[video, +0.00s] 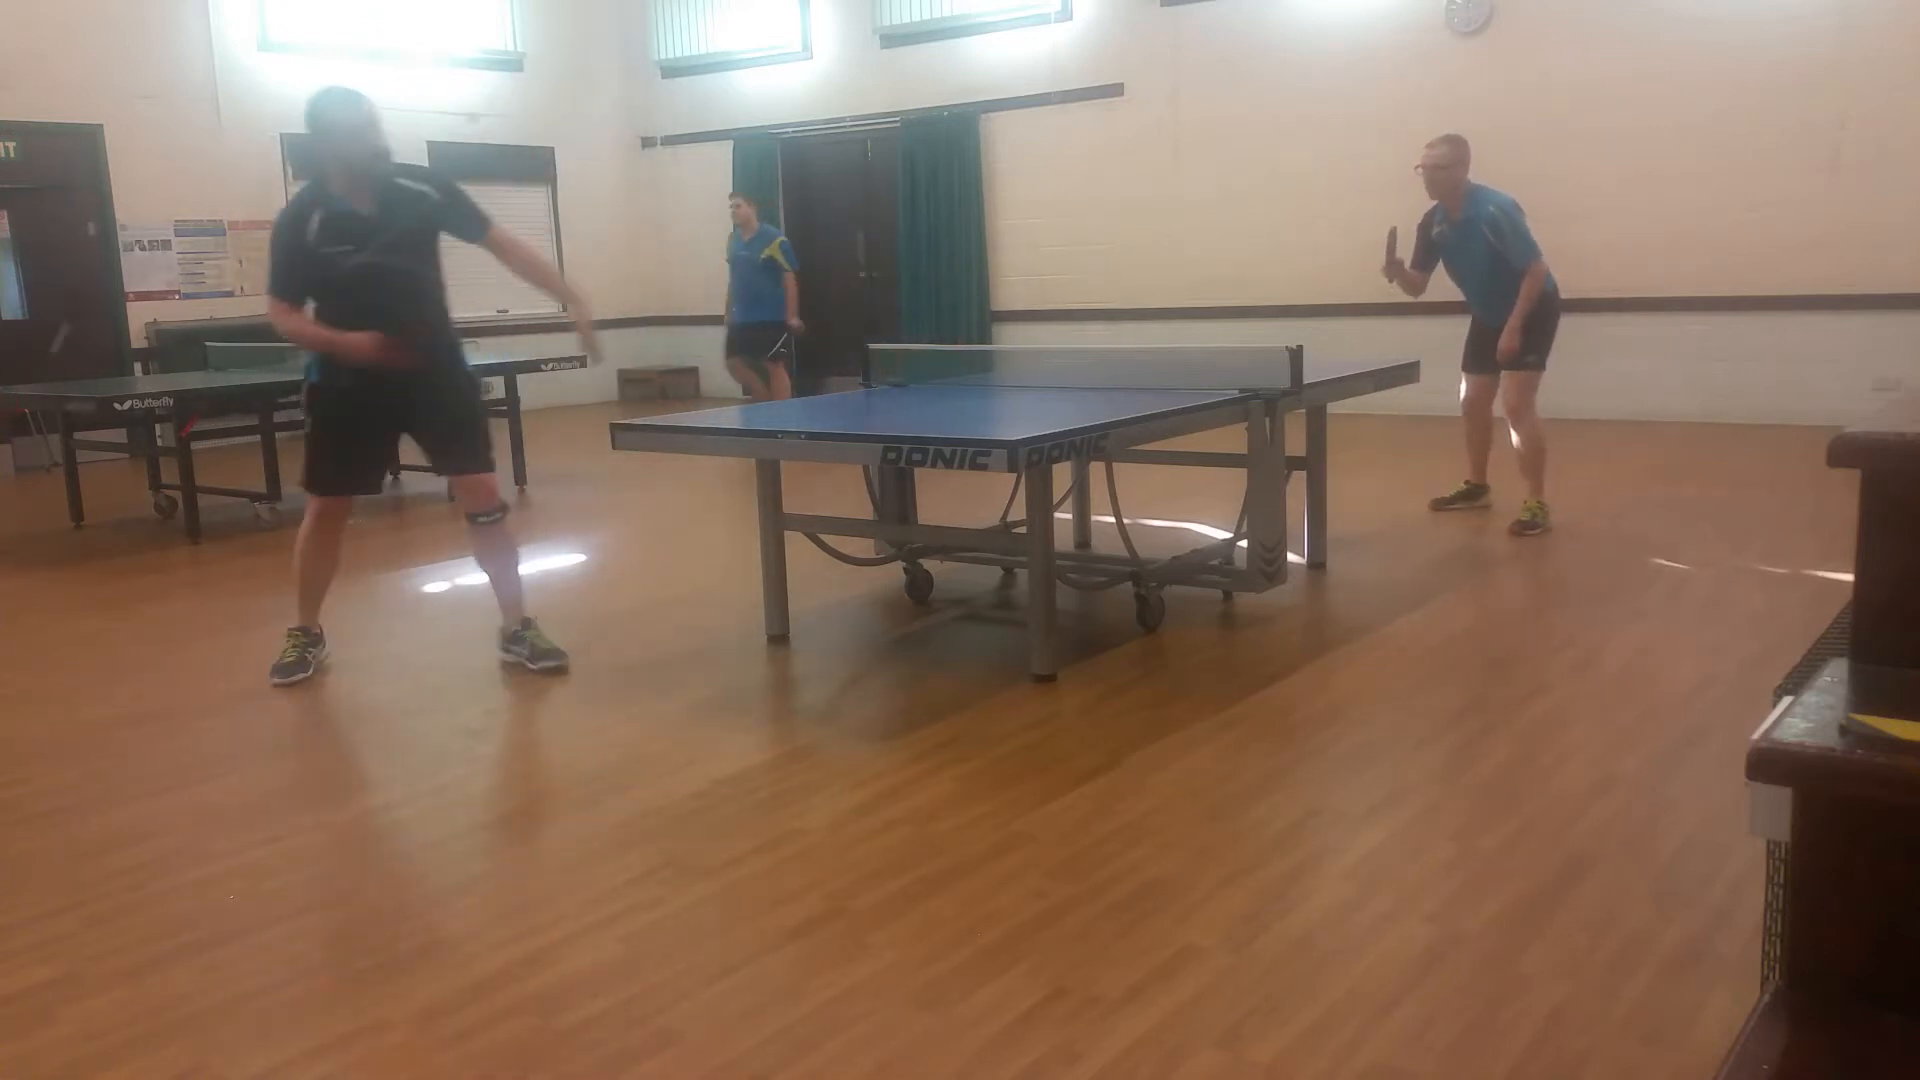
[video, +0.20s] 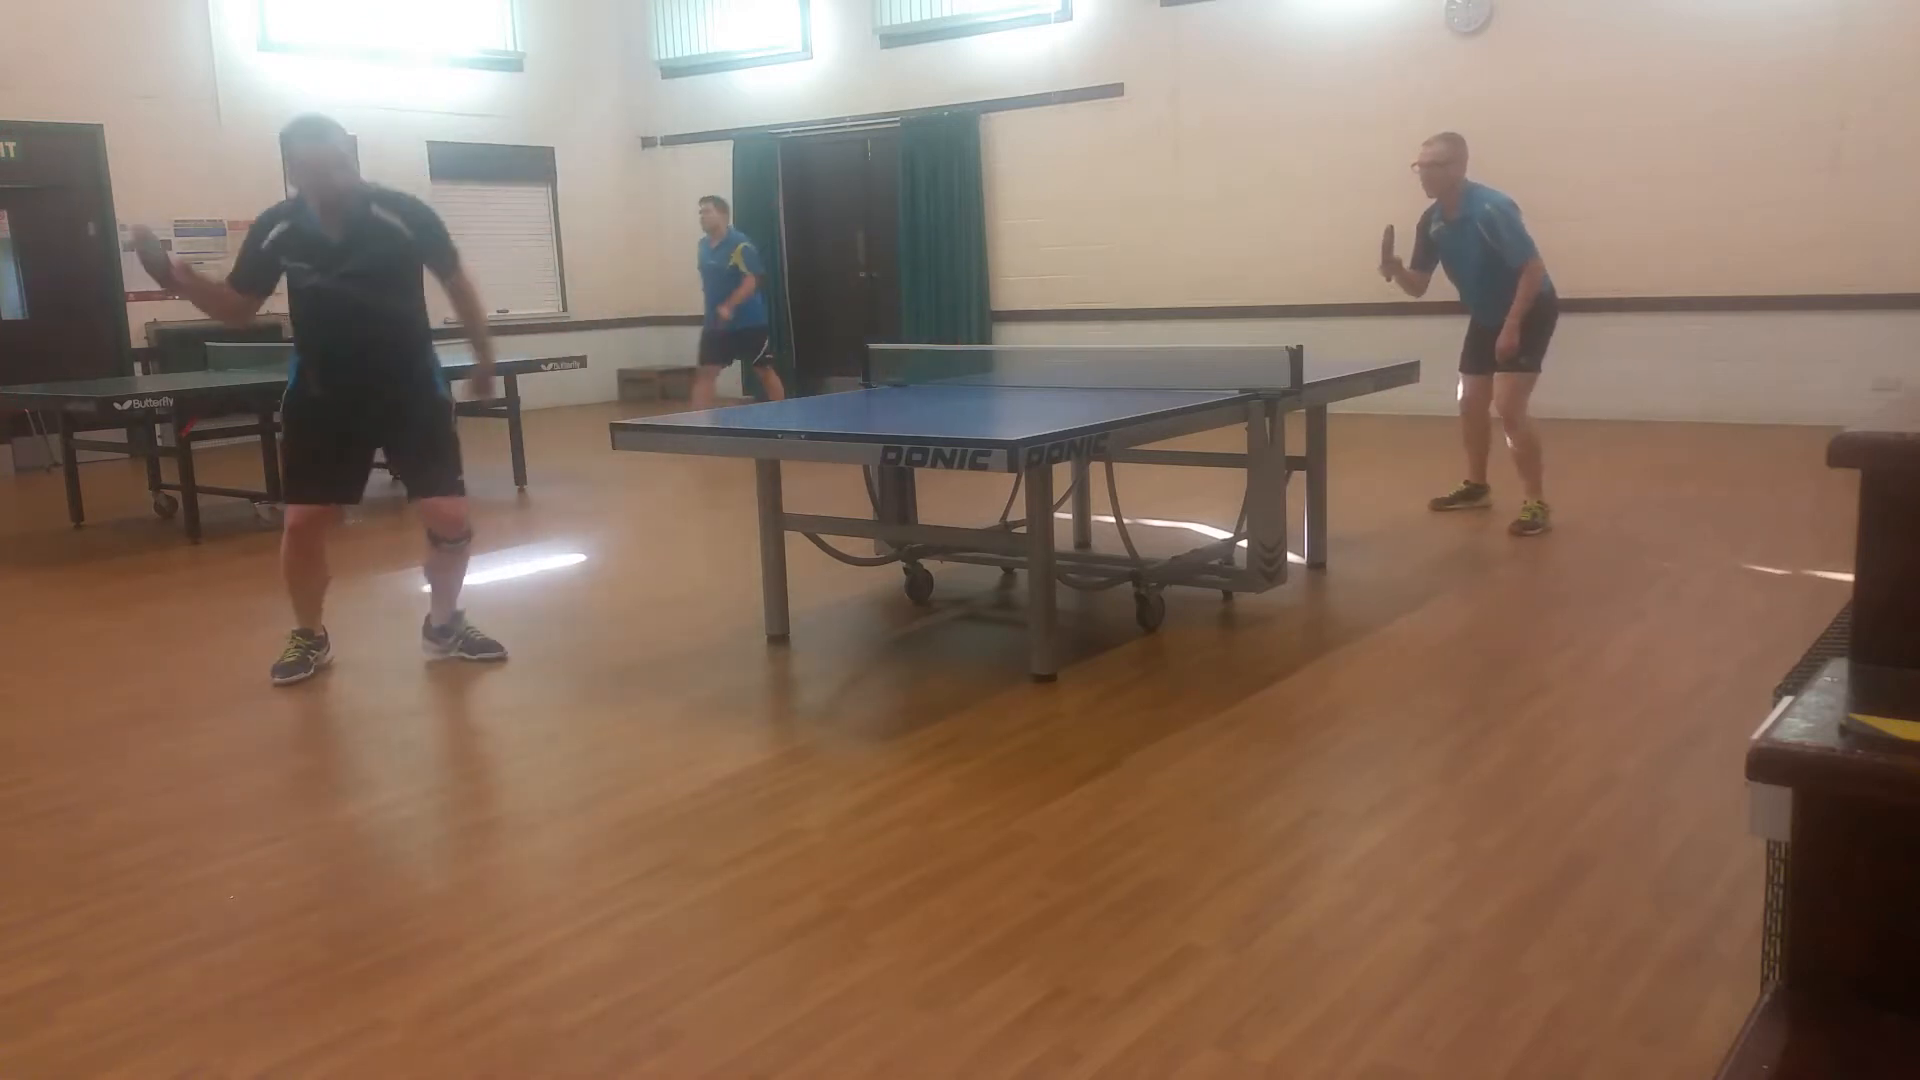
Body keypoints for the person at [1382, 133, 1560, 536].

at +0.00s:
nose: (1424, 177)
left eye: (1432, 170)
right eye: (1422, 170)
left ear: (1459, 171)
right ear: (1425, 173)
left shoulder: (1496, 209)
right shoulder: (1432, 223)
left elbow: (1536, 271)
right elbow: (1417, 285)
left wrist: (1513, 326)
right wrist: (1397, 272)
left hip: (1532, 307)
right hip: (1488, 312)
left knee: (1516, 404)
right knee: (1473, 401)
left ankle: (1536, 503)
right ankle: (1476, 486)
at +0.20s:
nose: (1420, 174)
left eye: (1429, 167)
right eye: (1419, 167)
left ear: (1456, 169)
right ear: (1423, 170)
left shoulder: (1493, 209)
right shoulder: (1431, 221)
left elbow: (1533, 270)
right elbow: (1417, 285)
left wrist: (1511, 325)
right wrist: (1394, 269)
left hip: (1530, 310)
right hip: (1487, 314)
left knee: (1508, 409)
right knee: (1471, 401)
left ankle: (1535, 503)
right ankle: (1476, 486)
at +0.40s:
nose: (1426, 170)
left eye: (1435, 163)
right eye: (1424, 163)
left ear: (1463, 163)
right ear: (1427, 166)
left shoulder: (1498, 205)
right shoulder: (1437, 219)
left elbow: (1534, 270)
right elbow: (1426, 285)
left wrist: (1508, 325)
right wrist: (1398, 270)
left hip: (1529, 313)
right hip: (1485, 316)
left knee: (1506, 408)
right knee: (1447, 401)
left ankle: (1535, 502)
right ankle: (1466, 475)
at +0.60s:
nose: (1421, 177)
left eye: (1430, 169)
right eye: (1419, 170)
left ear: (1457, 170)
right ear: (1421, 173)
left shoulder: (1494, 212)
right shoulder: (1428, 226)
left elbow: (1531, 276)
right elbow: (1422, 290)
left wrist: (1501, 330)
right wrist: (1394, 293)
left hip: (1522, 317)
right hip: (1474, 320)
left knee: (1506, 410)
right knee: (1435, 406)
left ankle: (1535, 503)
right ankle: (1401, 493)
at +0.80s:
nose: (1422, 203)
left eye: (1431, 196)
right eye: (1420, 195)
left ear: (1456, 198)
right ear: (1419, 198)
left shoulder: (1499, 236)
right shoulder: (1423, 248)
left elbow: (1535, 298)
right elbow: (1408, 304)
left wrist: (1501, 348)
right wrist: (1390, 324)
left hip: (1520, 327)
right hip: (1468, 331)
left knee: (1531, 409)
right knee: (1419, 408)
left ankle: (1577, 500)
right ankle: (1395, 493)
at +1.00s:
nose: (1439, 246)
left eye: (1448, 238)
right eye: (1437, 238)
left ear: (1472, 240)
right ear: (1434, 239)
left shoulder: (1515, 268)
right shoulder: (1440, 284)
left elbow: (1558, 330)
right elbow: (1437, 342)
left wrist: (1525, 378)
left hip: (1537, 351)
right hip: (1482, 354)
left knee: (1559, 414)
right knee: (1415, 406)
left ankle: (1596, 504)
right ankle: (1393, 492)